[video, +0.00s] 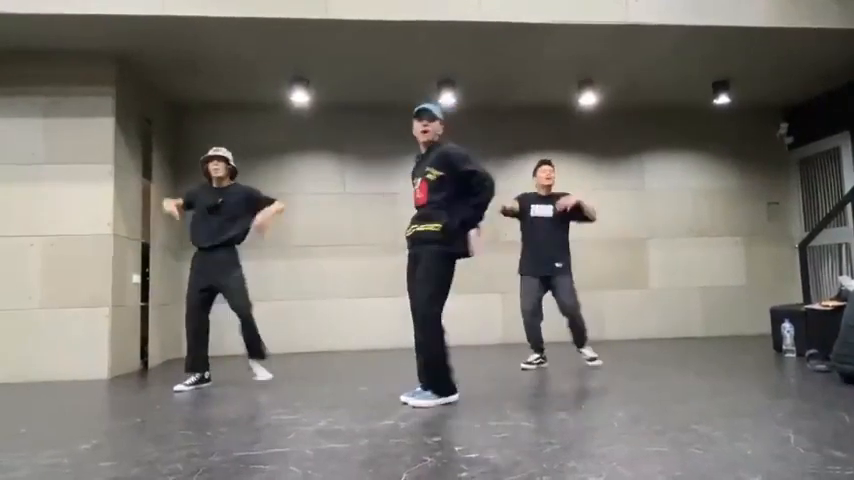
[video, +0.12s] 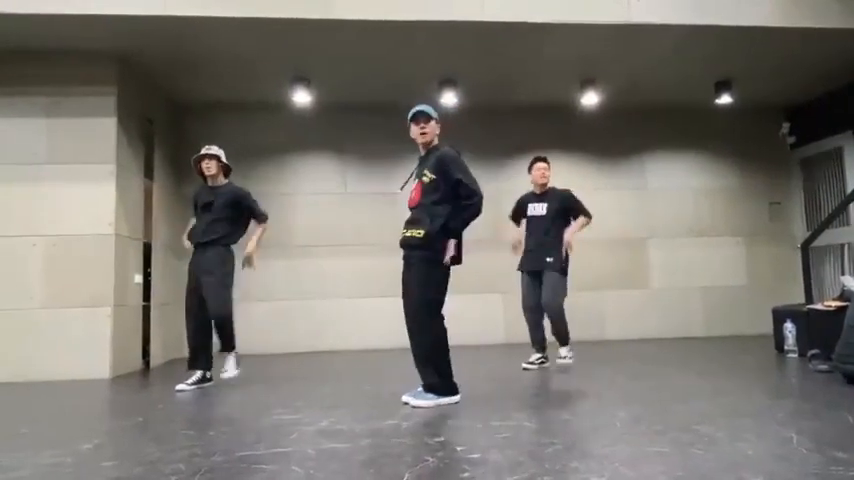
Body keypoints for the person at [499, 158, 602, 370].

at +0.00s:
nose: (548, 174)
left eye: (551, 171)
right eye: (543, 171)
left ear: (555, 176)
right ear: (535, 177)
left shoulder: (564, 201)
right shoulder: (525, 200)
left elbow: (591, 217)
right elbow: (511, 209)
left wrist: (577, 203)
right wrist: (508, 208)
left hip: (559, 267)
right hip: (531, 269)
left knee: (571, 307)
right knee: (529, 311)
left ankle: (582, 346)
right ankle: (538, 353)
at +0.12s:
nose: (542, 173)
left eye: (545, 170)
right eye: (538, 170)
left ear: (550, 174)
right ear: (530, 175)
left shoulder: (563, 196)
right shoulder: (525, 200)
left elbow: (585, 216)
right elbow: (516, 219)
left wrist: (570, 233)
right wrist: (519, 238)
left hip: (555, 259)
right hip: (530, 259)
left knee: (551, 303)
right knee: (530, 306)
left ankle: (564, 346)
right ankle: (539, 352)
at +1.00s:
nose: (549, 172)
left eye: (552, 167)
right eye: (545, 168)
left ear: (559, 170)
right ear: (539, 173)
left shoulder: (570, 194)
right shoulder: (542, 202)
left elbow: (593, 218)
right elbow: (539, 231)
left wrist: (579, 246)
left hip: (562, 258)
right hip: (541, 257)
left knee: (565, 305)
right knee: (517, 284)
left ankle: (570, 352)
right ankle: (540, 324)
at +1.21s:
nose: (549, 170)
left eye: (553, 166)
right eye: (545, 167)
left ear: (559, 169)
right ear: (539, 172)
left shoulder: (569, 193)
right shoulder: (541, 201)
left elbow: (592, 219)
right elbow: (542, 229)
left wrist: (579, 247)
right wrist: (542, 244)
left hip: (562, 256)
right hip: (541, 253)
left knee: (561, 303)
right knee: (509, 268)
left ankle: (571, 350)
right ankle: (540, 299)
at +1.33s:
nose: (546, 168)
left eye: (550, 164)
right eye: (542, 165)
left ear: (556, 168)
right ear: (536, 170)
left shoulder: (568, 192)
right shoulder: (537, 199)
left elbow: (592, 216)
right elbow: (533, 226)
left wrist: (579, 245)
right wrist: (551, 213)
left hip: (563, 254)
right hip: (540, 254)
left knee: (564, 301)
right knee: (514, 288)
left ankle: (573, 349)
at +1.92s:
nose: (515, 175)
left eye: (519, 171)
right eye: (511, 172)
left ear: (526, 173)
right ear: (506, 178)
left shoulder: (543, 196)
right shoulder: (509, 203)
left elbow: (561, 225)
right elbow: (507, 233)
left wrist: (553, 250)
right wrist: (519, 222)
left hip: (539, 256)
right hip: (517, 259)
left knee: (544, 301)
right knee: (507, 301)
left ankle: (574, 343)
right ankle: (513, 347)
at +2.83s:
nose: (541, 163)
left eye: (545, 160)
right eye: (537, 160)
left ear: (551, 164)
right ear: (532, 164)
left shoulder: (566, 185)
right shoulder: (530, 191)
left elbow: (587, 210)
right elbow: (529, 223)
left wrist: (581, 238)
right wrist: (537, 211)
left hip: (567, 248)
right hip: (542, 250)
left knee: (570, 292)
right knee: (533, 293)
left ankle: (580, 340)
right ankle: (525, 337)